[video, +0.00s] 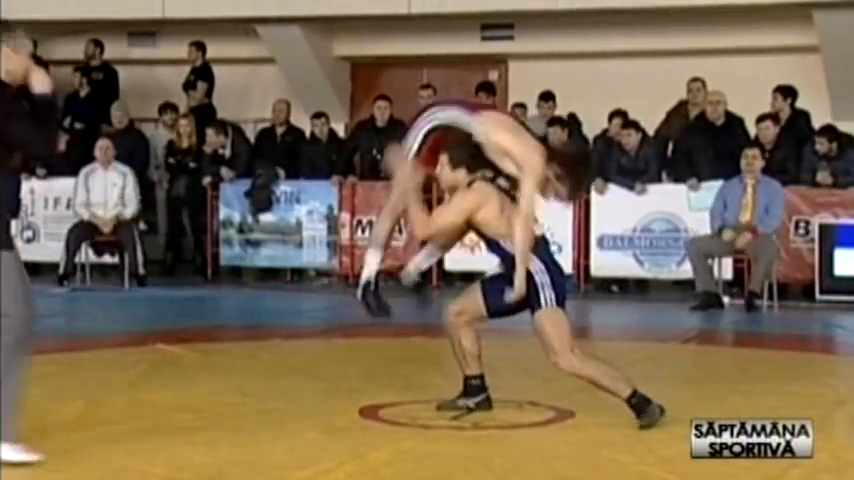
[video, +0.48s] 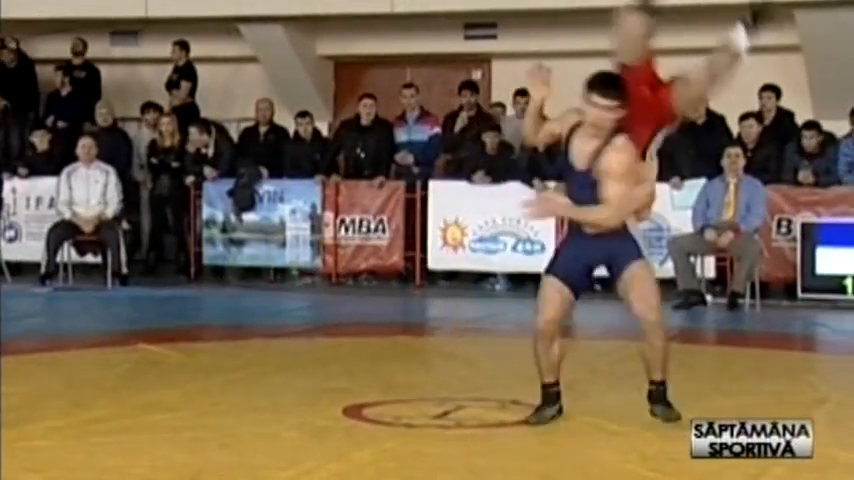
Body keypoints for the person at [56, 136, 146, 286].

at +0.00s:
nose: (104, 153)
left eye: (107, 149)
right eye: (100, 149)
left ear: (113, 152)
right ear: (95, 152)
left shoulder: (126, 172)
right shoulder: (85, 173)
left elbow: (133, 203)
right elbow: (79, 204)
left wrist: (118, 217)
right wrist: (93, 219)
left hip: (117, 216)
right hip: (94, 216)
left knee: (130, 233)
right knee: (74, 233)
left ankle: (138, 273)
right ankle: (65, 271)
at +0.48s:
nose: (86, 151)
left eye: (90, 147)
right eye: (82, 147)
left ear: (96, 150)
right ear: (77, 151)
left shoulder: (108, 172)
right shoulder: (67, 172)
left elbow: (115, 200)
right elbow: (62, 202)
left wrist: (102, 218)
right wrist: (74, 219)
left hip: (99, 215)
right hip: (76, 215)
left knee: (113, 233)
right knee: (55, 232)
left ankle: (118, 273)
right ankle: (48, 271)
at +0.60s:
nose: (69, 149)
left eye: (72, 146)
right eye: (64, 146)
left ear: (78, 148)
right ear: (58, 149)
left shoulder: (91, 170)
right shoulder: (50, 171)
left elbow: (98, 200)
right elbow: (44, 202)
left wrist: (82, 218)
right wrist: (61, 219)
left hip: (83, 214)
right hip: (60, 214)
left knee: (98, 232)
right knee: (37, 231)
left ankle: (104, 271)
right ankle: (30, 269)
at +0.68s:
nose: (43, 147)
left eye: (46, 144)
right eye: (39, 144)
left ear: (53, 146)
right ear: (33, 147)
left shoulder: (66, 167)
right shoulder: (24, 168)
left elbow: (74, 199)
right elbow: (20, 200)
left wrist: (56, 216)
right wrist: (37, 217)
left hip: (58, 211)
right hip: (34, 211)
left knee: (72, 231)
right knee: (12, 229)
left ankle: (78, 269)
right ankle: (8, 267)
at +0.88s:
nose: (41, 108)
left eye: (44, 104)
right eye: (38, 105)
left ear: (50, 106)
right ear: (33, 107)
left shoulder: (58, 126)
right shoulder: (31, 126)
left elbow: (64, 146)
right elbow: (27, 145)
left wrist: (46, 146)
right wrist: (41, 148)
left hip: (57, 173)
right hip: (38, 174)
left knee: (58, 208)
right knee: (38, 209)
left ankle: (60, 243)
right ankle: (38, 243)